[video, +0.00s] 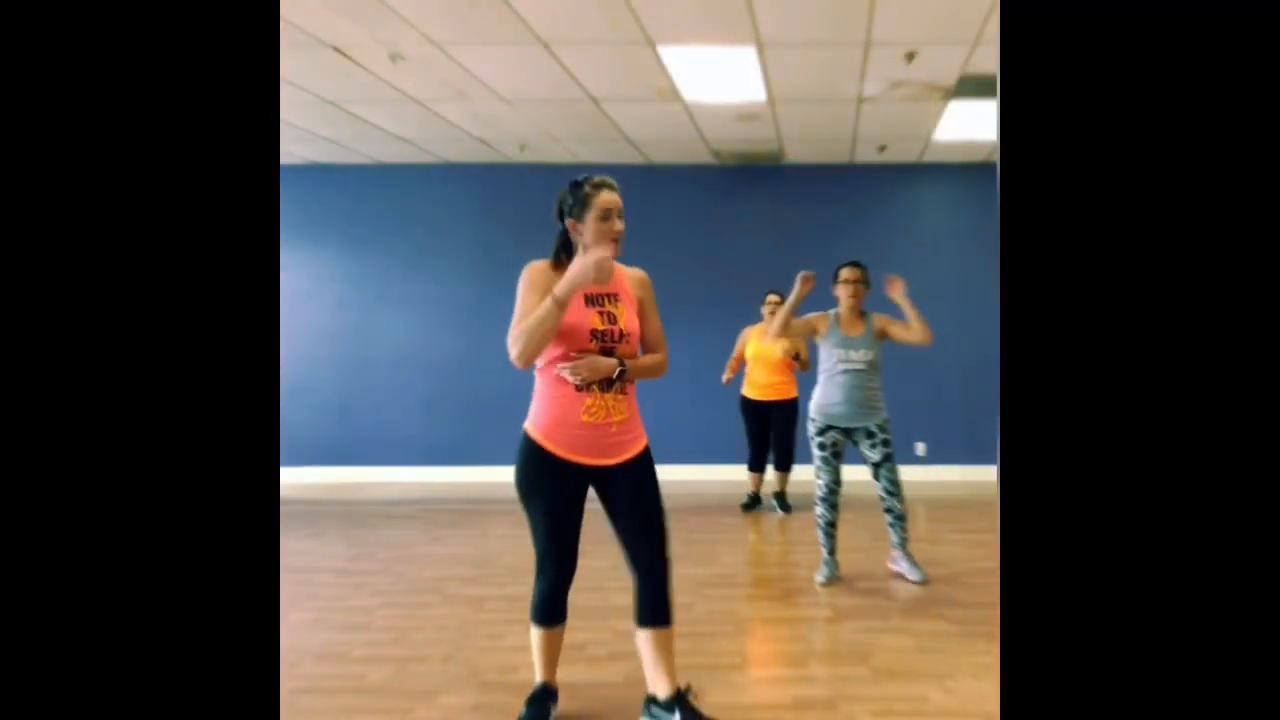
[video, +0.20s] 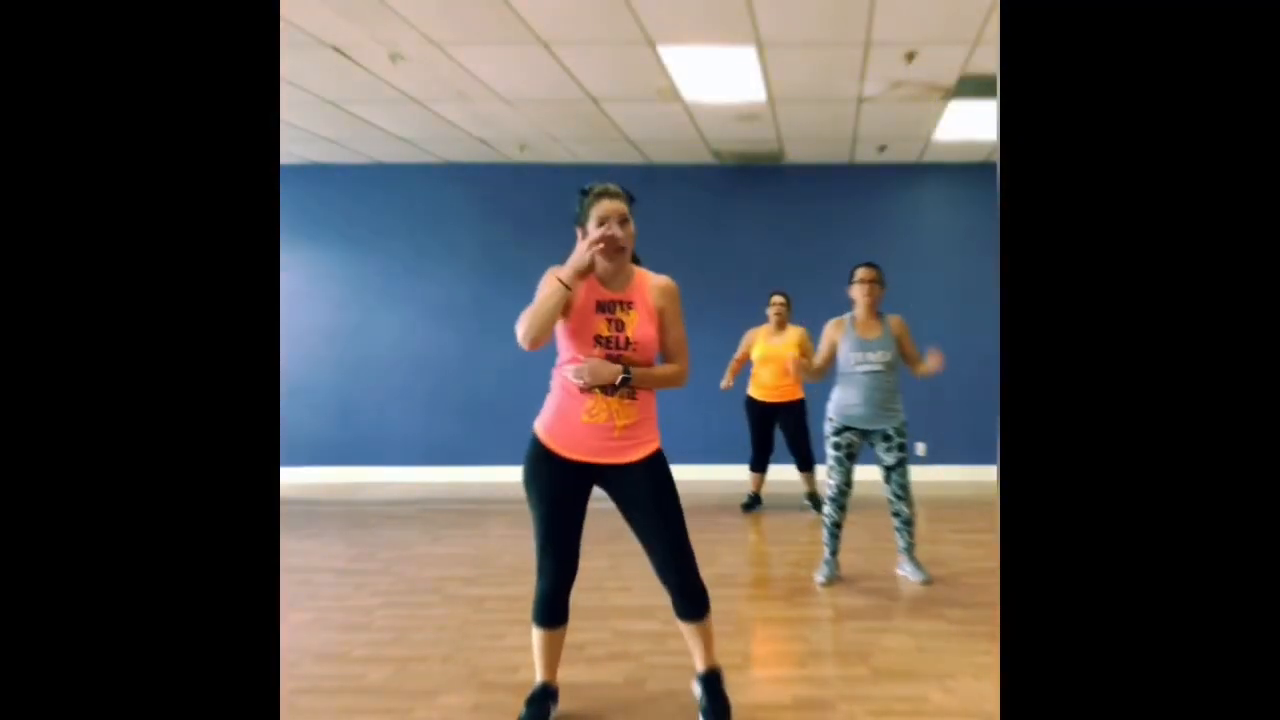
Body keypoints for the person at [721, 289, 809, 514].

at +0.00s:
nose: (772, 308)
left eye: (777, 304)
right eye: (768, 304)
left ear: (785, 309)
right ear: (761, 308)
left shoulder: (793, 333)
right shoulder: (749, 332)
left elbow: (805, 366)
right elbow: (737, 357)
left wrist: (797, 356)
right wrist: (730, 371)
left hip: (784, 395)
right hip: (754, 395)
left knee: (783, 447)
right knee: (757, 446)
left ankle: (780, 491)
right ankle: (753, 492)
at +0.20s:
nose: (777, 309)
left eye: (782, 305)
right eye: (774, 305)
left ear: (789, 310)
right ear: (767, 310)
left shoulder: (799, 335)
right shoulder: (754, 335)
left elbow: (812, 364)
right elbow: (738, 358)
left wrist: (800, 365)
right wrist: (729, 376)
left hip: (790, 398)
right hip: (760, 398)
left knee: (801, 449)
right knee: (761, 449)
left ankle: (812, 492)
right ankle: (754, 493)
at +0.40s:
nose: (791, 310)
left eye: (796, 306)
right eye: (788, 306)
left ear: (802, 310)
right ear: (781, 311)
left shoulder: (815, 335)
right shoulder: (770, 337)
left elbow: (826, 362)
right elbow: (760, 366)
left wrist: (826, 376)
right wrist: (753, 389)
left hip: (806, 400)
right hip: (775, 399)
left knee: (811, 452)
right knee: (768, 450)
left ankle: (822, 495)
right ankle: (755, 494)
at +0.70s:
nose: (808, 308)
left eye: (812, 305)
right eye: (804, 305)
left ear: (819, 310)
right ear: (798, 310)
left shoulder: (832, 334)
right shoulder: (788, 337)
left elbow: (847, 361)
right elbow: (780, 368)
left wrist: (857, 387)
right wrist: (781, 396)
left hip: (826, 400)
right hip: (796, 400)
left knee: (823, 452)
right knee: (780, 447)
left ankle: (824, 495)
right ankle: (769, 491)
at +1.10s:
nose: (816, 307)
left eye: (820, 304)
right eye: (812, 304)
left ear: (827, 309)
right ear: (806, 309)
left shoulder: (837, 334)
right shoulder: (794, 333)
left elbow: (847, 365)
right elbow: (776, 358)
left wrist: (867, 374)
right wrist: (756, 378)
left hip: (827, 400)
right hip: (797, 399)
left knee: (825, 452)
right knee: (790, 450)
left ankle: (824, 495)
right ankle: (784, 493)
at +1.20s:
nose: (815, 307)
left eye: (819, 303)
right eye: (811, 304)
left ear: (826, 309)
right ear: (804, 310)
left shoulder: (836, 335)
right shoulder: (793, 334)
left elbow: (850, 365)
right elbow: (769, 353)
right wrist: (741, 364)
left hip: (826, 400)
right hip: (794, 398)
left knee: (824, 453)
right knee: (784, 448)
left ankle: (824, 496)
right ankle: (775, 493)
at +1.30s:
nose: (812, 309)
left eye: (816, 305)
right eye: (808, 305)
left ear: (823, 311)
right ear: (801, 311)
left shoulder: (832, 336)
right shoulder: (789, 334)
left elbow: (849, 364)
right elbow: (759, 344)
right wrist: (728, 349)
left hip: (822, 401)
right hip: (790, 399)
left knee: (823, 453)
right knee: (776, 448)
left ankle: (824, 497)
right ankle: (761, 493)